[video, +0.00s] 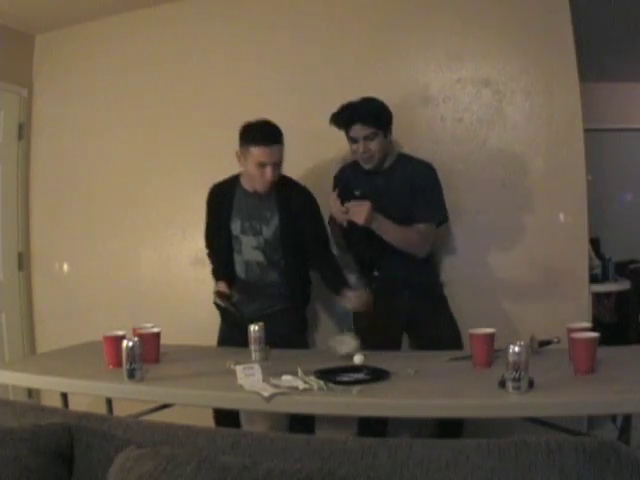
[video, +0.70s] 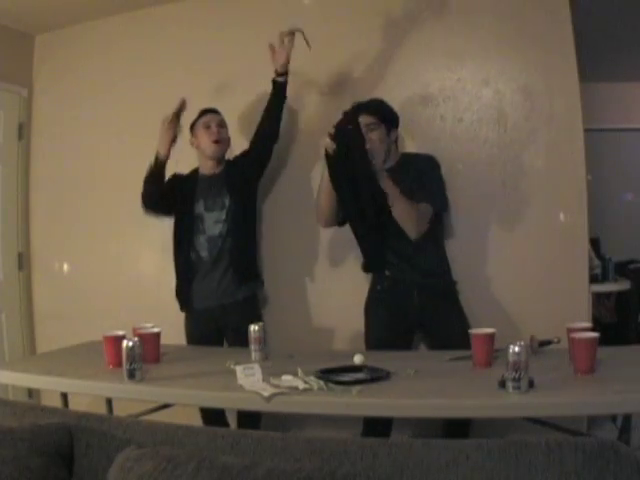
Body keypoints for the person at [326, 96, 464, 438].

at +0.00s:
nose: (361, 149)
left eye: (370, 139)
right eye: (354, 141)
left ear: (388, 135)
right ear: (347, 141)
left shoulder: (420, 173)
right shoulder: (346, 178)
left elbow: (422, 244)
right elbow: (342, 244)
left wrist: (373, 220)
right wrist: (338, 224)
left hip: (420, 291)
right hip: (372, 293)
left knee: (451, 373)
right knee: (372, 383)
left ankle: (446, 460)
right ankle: (369, 465)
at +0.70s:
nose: (363, 138)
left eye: (371, 129)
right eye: (356, 132)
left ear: (391, 134)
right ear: (351, 140)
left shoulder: (422, 167)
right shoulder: (357, 178)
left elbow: (416, 226)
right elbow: (326, 219)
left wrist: (380, 175)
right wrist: (332, 162)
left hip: (434, 291)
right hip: (386, 295)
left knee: (460, 376)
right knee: (379, 384)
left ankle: (457, 464)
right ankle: (368, 469)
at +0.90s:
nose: (367, 138)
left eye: (375, 129)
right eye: (360, 132)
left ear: (395, 133)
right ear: (356, 141)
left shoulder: (425, 170)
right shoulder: (358, 180)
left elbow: (423, 232)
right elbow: (323, 205)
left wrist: (383, 186)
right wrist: (331, 150)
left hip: (434, 290)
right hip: (386, 293)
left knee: (457, 378)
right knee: (379, 383)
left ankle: (453, 468)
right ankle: (368, 470)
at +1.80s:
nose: (391, 131)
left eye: (400, 122)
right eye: (388, 124)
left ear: (426, 129)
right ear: (386, 131)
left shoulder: (448, 166)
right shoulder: (392, 171)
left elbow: (407, 199)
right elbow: (347, 170)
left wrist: (365, 145)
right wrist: (343, 128)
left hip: (441, 293)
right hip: (399, 293)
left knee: (448, 382)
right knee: (379, 379)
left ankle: (442, 466)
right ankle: (366, 463)